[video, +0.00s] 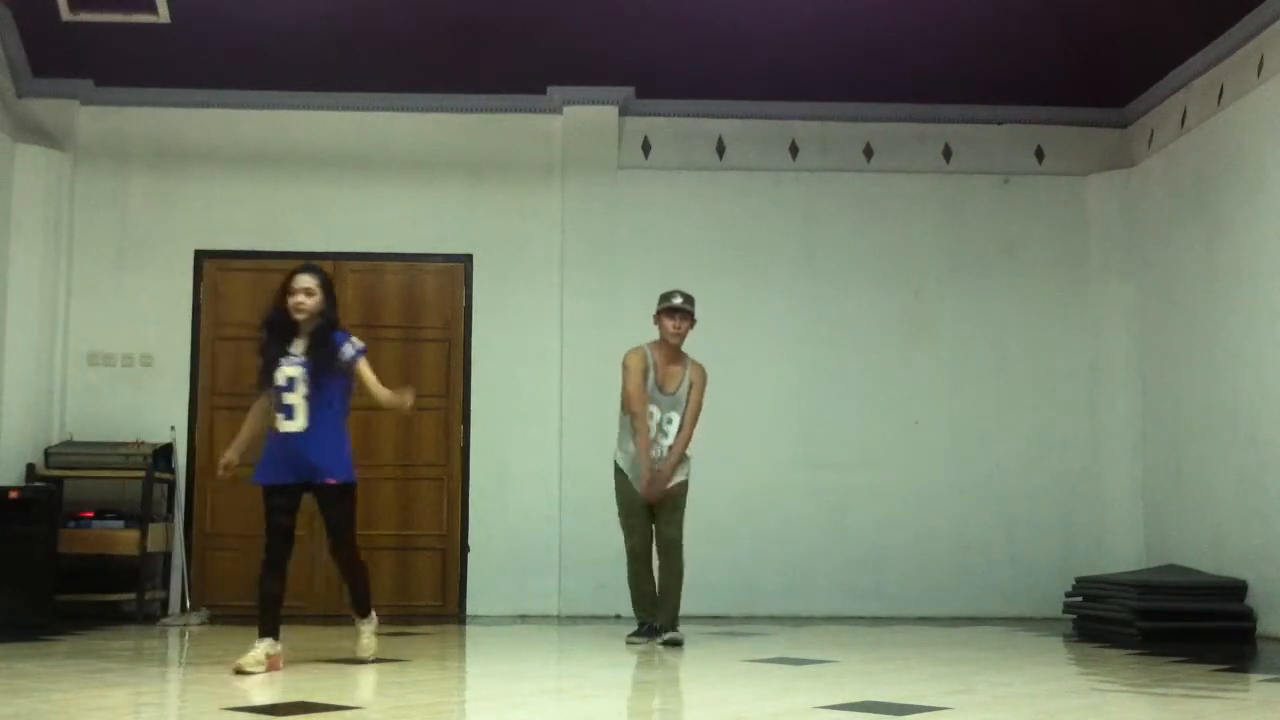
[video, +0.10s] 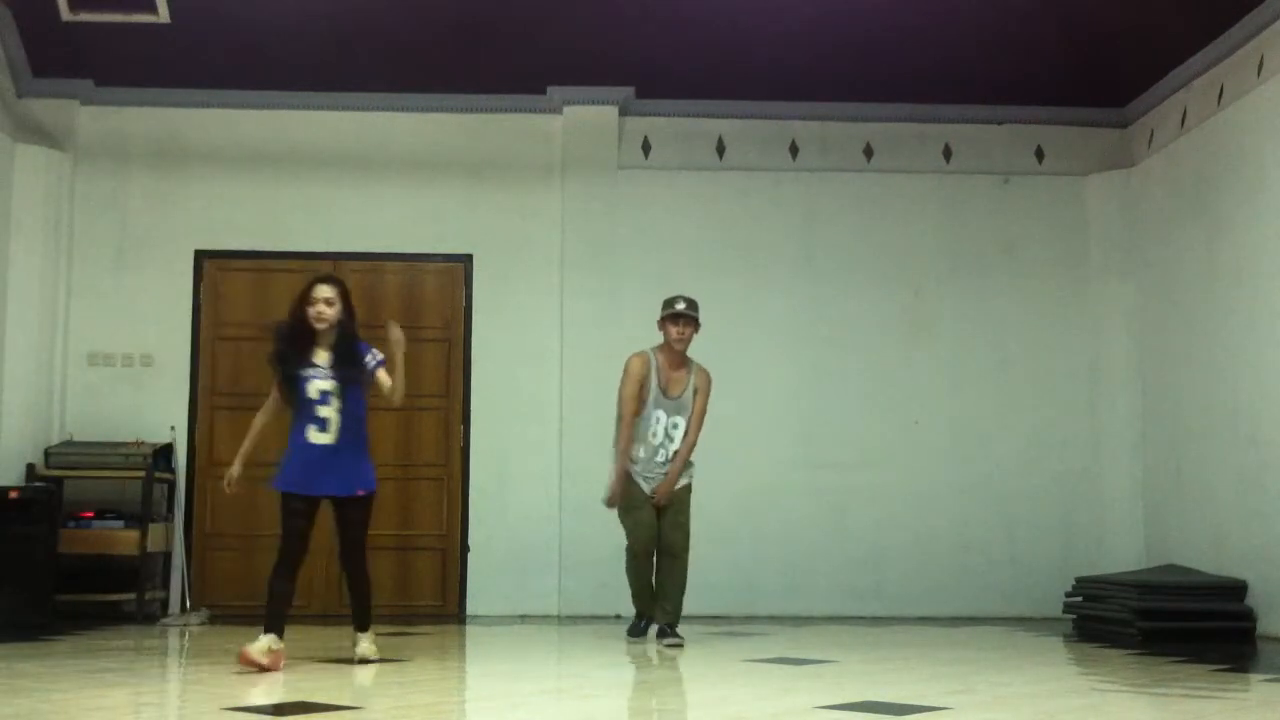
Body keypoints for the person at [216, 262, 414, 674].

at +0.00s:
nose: (299, 299)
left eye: (309, 293)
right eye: (293, 292)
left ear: (325, 300)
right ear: (284, 299)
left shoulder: (340, 344)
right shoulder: (278, 345)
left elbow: (376, 391)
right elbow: (265, 402)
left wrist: (397, 399)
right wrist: (235, 449)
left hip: (329, 465)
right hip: (282, 464)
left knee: (342, 546)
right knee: (276, 550)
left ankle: (366, 621)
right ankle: (267, 643)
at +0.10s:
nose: (321, 309)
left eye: (329, 302)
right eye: (314, 302)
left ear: (343, 309)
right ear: (303, 308)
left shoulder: (359, 352)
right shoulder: (293, 356)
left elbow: (394, 396)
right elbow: (270, 407)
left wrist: (397, 353)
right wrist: (239, 460)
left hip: (351, 474)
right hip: (302, 473)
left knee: (353, 556)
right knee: (290, 552)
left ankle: (364, 638)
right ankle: (271, 640)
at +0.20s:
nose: (338, 312)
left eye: (346, 306)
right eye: (331, 305)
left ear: (360, 312)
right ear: (321, 311)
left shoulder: (372, 353)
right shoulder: (310, 356)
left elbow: (406, 381)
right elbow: (281, 408)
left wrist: (395, 330)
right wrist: (252, 462)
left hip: (367, 473)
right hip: (321, 472)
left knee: (364, 554)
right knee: (305, 550)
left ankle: (365, 636)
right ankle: (284, 632)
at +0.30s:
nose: (349, 308)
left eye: (358, 302)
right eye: (344, 301)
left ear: (369, 309)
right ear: (333, 306)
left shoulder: (381, 345)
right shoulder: (319, 349)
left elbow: (414, 359)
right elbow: (297, 400)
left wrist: (394, 318)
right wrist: (275, 451)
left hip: (375, 463)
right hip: (329, 462)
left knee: (368, 547)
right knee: (319, 542)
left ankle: (365, 632)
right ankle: (310, 625)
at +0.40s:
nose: (357, 310)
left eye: (365, 304)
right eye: (351, 303)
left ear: (377, 310)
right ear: (341, 307)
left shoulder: (387, 347)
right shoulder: (328, 348)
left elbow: (419, 347)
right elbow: (313, 392)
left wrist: (397, 312)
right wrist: (308, 432)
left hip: (378, 460)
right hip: (335, 459)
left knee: (373, 544)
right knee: (334, 541)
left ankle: (368, 630)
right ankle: (333, 616)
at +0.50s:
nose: (362, 317)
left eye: (370, 311)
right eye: (356, 310)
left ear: (382, 318)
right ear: (346, 314)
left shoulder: (391, 354)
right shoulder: (332, 354)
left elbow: (422, 352)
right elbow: (324, 397)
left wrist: (402, 320)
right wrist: (338, 425)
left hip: (386, 461)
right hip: (344, 461)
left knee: (380, 544)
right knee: (343, 543)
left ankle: (372, 630)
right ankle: (347, 613)